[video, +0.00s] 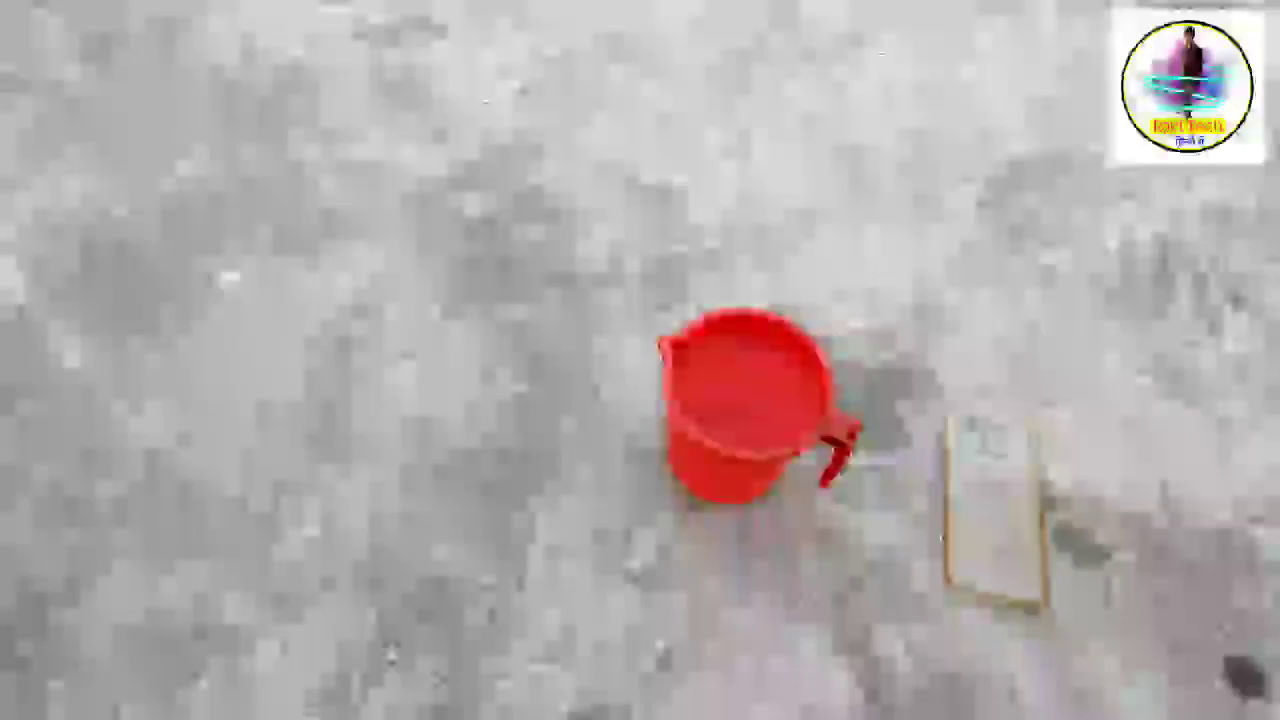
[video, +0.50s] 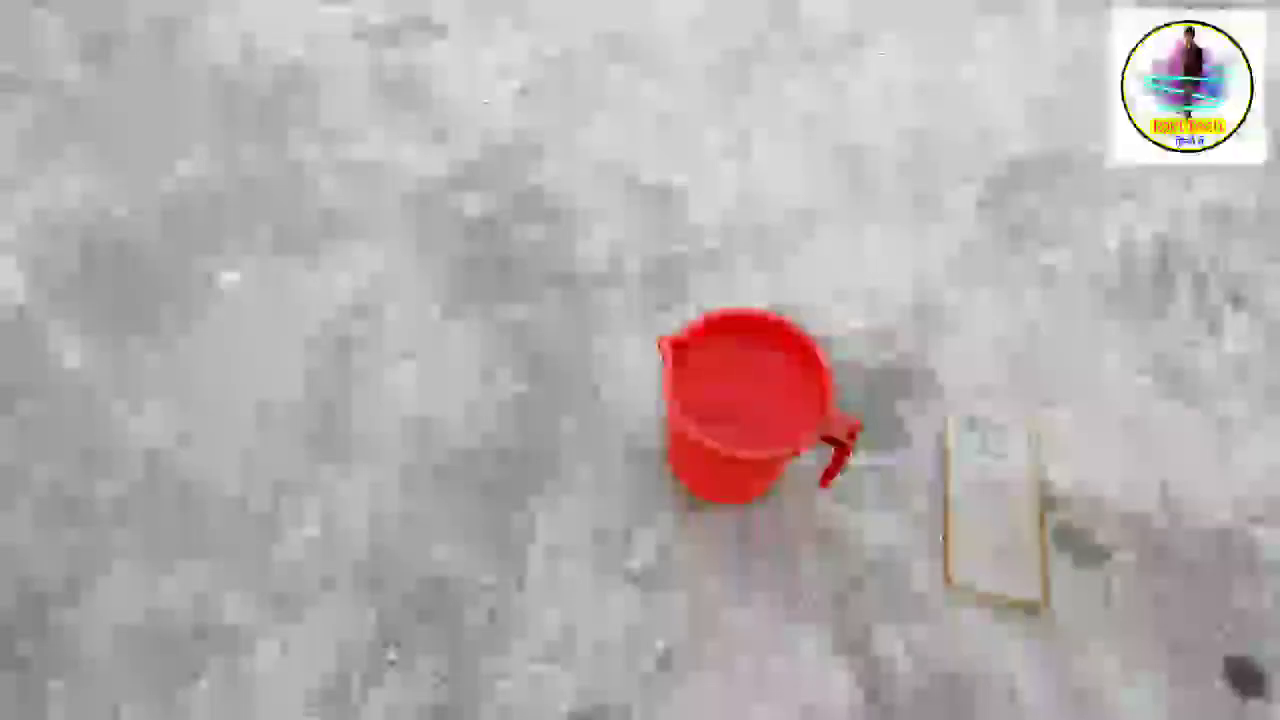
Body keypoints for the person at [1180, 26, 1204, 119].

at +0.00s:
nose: (1187, 38)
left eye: (1189, 35)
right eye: (1186, 36)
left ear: (1193, 36)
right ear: (1184, 36)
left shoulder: (1197, 50)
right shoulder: (1182, 50)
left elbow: (1199, 64)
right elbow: (1177, 62)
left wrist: (1198, 75)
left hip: (1194, 75)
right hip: (1184, 74)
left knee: (1190, 93)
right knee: (1185, 93)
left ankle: (1188, 112)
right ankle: (1186, 111)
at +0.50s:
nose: (1187, 38)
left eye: (1189, 35)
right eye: (1186, 35)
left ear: (1193, 36)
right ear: (1184, 36)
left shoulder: (1197, 50)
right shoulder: (1182, 50)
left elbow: (1199, 64)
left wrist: (1198, 75)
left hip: (1194, 75)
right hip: (1184, 74)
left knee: (1190, 93)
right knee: (1186, 93)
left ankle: (1188, 112)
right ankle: (1186, 112)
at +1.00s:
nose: (1187, 38)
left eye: (1189, 36)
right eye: (1186, 36)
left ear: (1193, 36)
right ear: (1184, 36)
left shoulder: (1197, 50)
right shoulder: (1182, 50)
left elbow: (1199, 64)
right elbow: (1177, 62)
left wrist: (1198, 75)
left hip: (1194, 75)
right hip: (1184, 74)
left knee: (1190, 93)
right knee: (1185, 93)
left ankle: (1188, 112)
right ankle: (1186, 112)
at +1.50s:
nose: (1187, 38)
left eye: (1189, 36)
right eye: (1186, 36)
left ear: (1193, 36)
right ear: (1184, 36)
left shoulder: (1197, 50)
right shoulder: (1182, 50)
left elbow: (1199, 63)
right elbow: (1178, 61)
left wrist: (1199, 73)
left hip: (1194, 74)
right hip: (1184, 73)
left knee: (1190, 92)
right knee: (1185, 92)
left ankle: (1188, 111)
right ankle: (1186, 110)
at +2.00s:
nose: (1187, 38)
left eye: (1189, 36)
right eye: (1186, 36)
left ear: (1193, 36)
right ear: (1184, 36)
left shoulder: (1197, 50)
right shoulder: (1181, 49)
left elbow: (1199, 65)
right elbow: (1176, 61)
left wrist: (1197, 75)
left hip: (1193, 75)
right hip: (1183, 74)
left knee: (1190, 93)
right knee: (1185, 93)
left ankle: (1188, 112)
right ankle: (1185, 111)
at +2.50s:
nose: (1187, 38)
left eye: (1189, 36)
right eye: (1186, 36)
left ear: (1193, 36)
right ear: (1184, 36)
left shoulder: (1197, 50)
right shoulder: (1181, 49)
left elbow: (1199, 64)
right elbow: (1176, 61)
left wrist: (1197, 75)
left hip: (1193, 75)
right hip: (1183, 74)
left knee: (1190, 93)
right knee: (1185, 93)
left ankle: (1188, 111)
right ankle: (1186, 111)